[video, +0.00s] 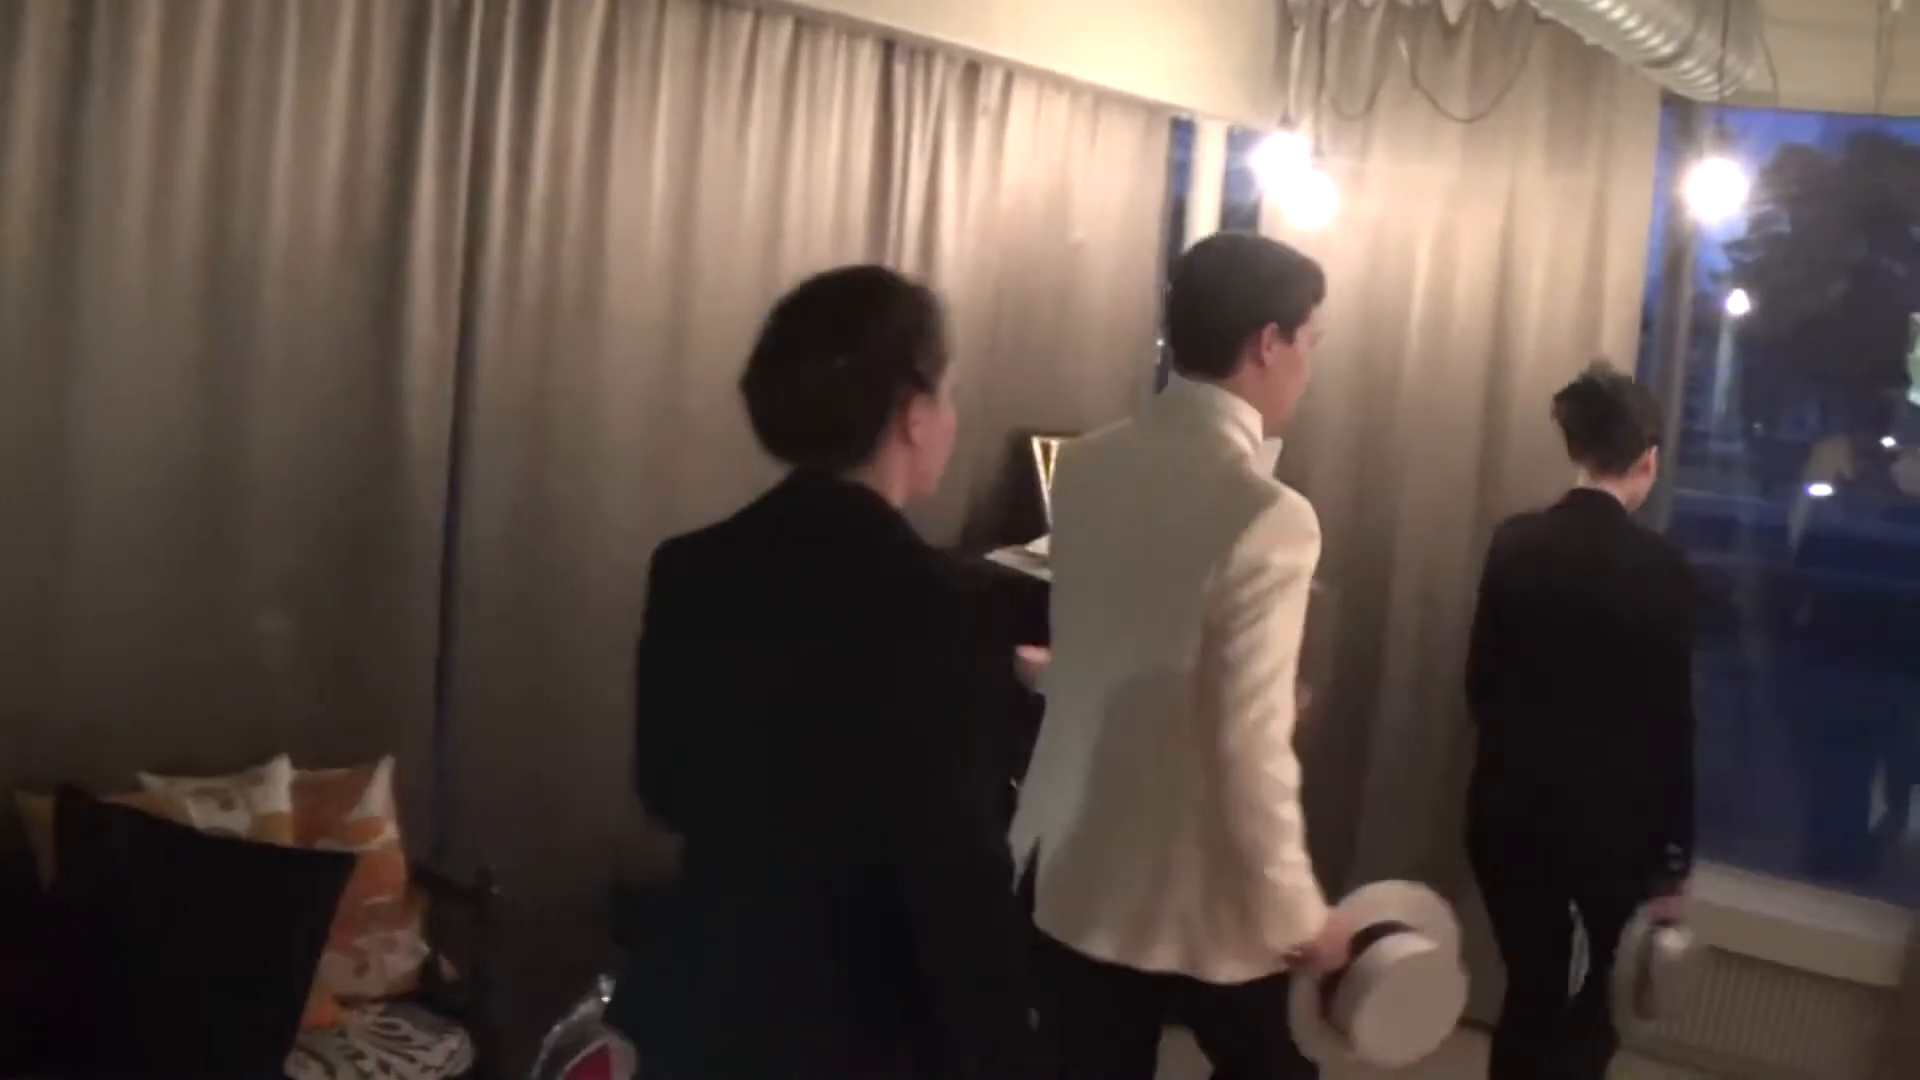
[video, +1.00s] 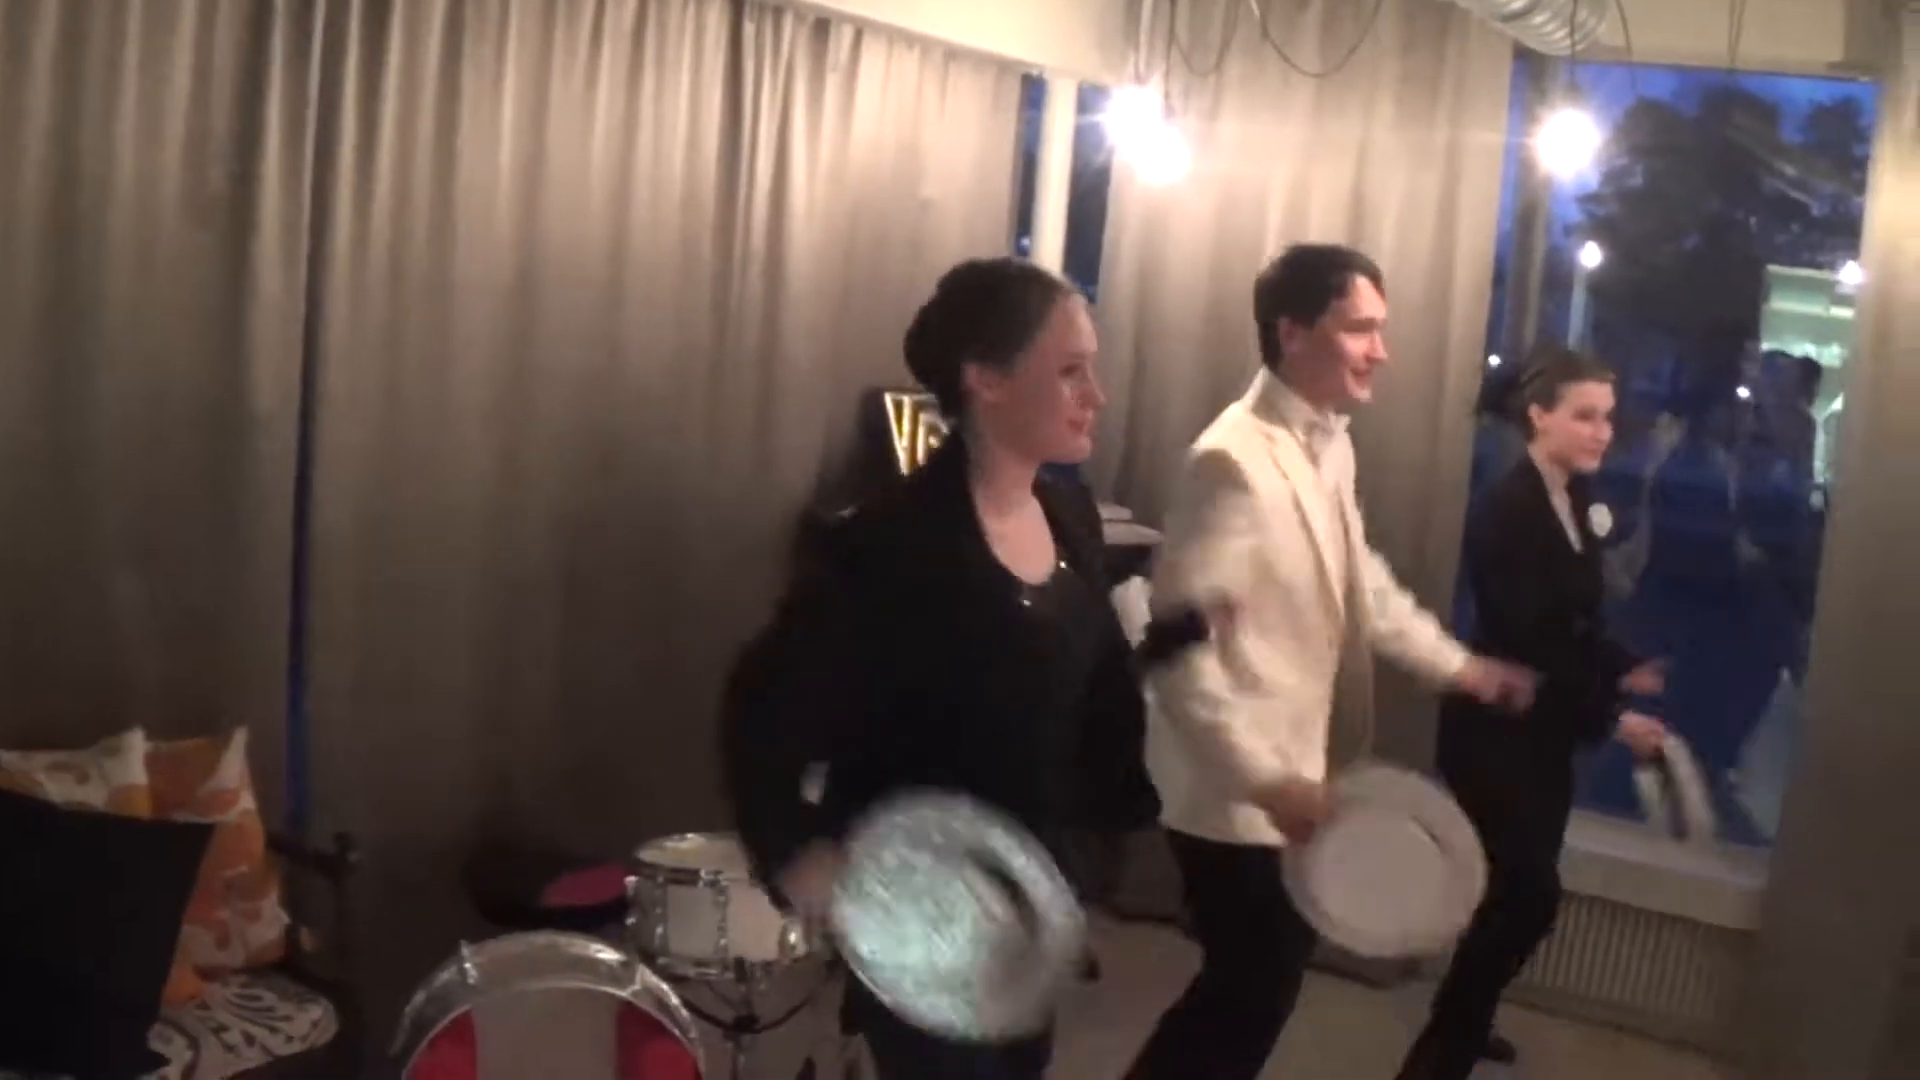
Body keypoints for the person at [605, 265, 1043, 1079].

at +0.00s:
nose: (951, 420)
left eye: (948, 393)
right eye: (946, 394)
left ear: (786, 404)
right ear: (910, 417)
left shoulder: (689, 568)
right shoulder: (940, 602)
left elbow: (669, 787)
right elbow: (959, 847)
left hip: (719, 973)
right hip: (884, 994)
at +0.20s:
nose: (1026, 434)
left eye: (1023, 408)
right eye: (1022, 410)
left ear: (865, 417)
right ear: (994, 430)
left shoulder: (771, 556)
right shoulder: (1048, 609)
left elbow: (795, 767)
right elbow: (1053, 813)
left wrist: (964, 533)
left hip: (790, 944)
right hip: (969, 965)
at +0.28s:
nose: (1056, 437)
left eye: (1053, 412)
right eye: (1052, 415)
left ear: (900, 421)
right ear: (1027, 435)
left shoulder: (809, 568)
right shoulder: (1088, 615)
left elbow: (811, 752)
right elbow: (1084, 791)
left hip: (828, 954)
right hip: (1010, 972)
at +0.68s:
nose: (1130, 406)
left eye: (1126, 380)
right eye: (1121, 382)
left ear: (995, 402)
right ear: (1072, 403)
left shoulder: (929, 509)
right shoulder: (1094, 566)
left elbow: (810, 620)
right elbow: (1151, 778)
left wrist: (874, 733)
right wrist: (1304, 711)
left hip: (932, 908)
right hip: (1031, 938)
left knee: (982, 1063)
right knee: (1042, 1063)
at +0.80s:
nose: (1128, 410)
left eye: (1122, 386)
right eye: (1109, 388)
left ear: (1041, 408)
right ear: (1036, 406)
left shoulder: (1028, 538)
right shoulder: (974, 558)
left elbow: (1073, 754)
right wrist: (1148, 900)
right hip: (980, 965)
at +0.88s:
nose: (1119, 412)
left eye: (1114, 387)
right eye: (1095, 390)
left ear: (1027, 405)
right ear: (1014, 404)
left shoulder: (1047, 530)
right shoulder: (941, 566)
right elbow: (909, 800)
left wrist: (1106, 798)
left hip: (1041, 921)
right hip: (948, 956)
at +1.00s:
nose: (1095, 395)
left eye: (1092, 369)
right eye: (1071, 372)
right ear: (984, 381)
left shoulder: (1065, 508)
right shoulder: (882, 546)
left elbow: (1068, 680)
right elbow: (760, 707)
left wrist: (1174, 637)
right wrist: (789, 850)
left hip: (1042, 892)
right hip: (916, 909)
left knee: (1021, 1059)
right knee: (937, 1066)